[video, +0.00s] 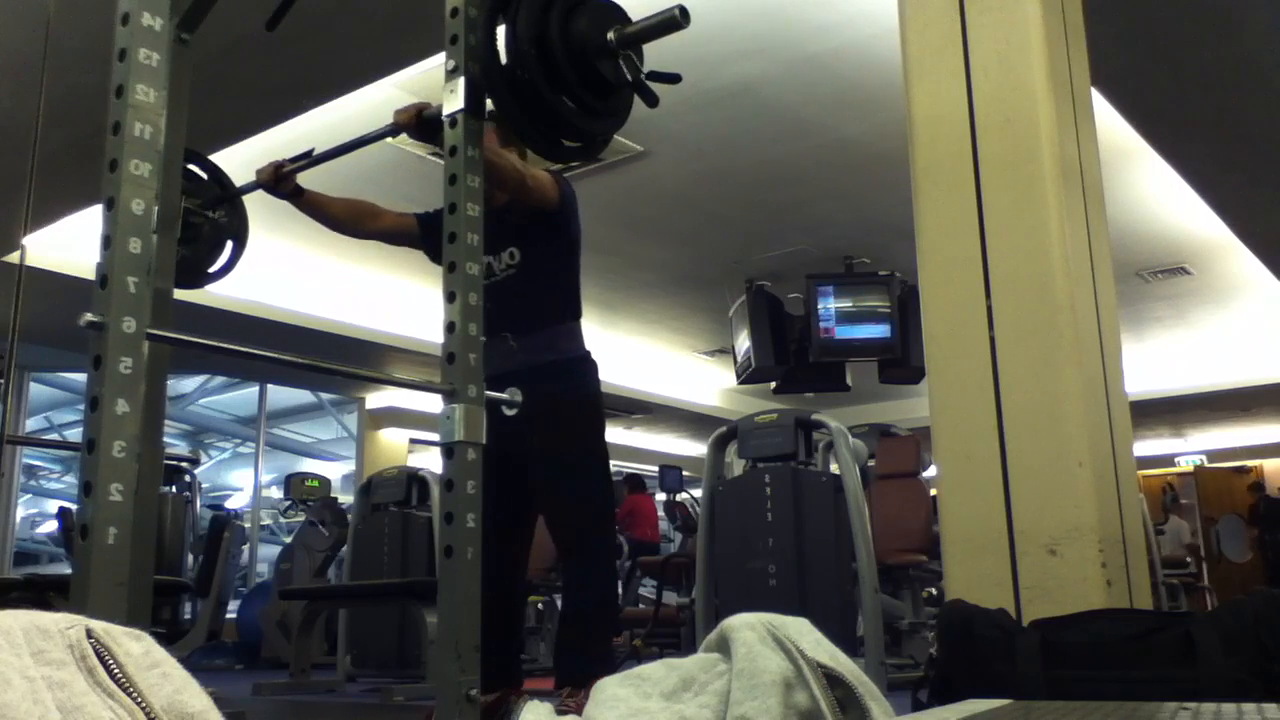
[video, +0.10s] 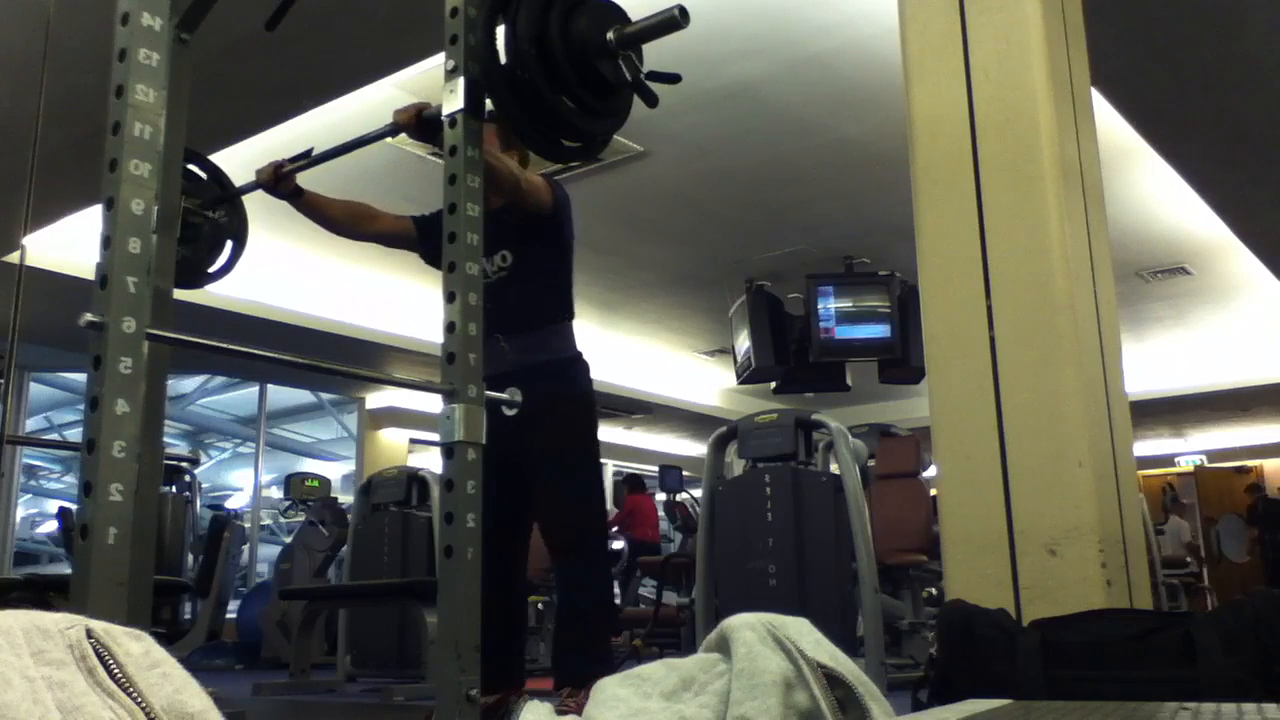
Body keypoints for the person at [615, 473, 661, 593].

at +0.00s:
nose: (625, 490)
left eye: (626, 487)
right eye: (625, 487)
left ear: (630, 487)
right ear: (643, 486)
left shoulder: (631, 500)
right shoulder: (649, 499)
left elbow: (620, 518)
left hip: (637, 543)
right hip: (654, 543)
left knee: (631, 576)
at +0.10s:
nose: (624, 491)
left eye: (625, 488)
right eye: (624, 488)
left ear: (629, 487)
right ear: (642, 486)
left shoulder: (632, 500)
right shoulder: (649, 500)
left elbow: (620, 518)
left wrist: (608, 525)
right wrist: (620, 530)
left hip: (637, 545)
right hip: (654, 545)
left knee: (626, 577)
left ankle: (627, 607)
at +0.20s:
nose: (624, 491)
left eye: (625, 488)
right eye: (624, 488)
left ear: (630, 487)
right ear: (642, 486)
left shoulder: (632, 500)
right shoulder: (650, 500)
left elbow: (618, 518)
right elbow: (635, 522)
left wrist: (600, 529)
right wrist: (618, 532)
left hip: (637, 545)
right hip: (654, 545)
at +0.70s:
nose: (626, 491)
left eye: (627, 488)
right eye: (626, 488)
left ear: (631, 487)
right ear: (644, 486)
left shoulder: (631, 500)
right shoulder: (650, 500)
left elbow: (617, 518)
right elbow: (636, 522)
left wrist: (601, 528)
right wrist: (618, 532)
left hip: (636, 545)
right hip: (654, 546)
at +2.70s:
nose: (623, 490)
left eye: (624, 487)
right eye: (624, 488)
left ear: (629, 487)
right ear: (642, 486)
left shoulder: (630, 500)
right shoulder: (649, 499)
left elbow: (615, 521)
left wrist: (600, 529)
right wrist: (619, 531)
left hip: (636, 546)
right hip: (654, 547)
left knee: (603, 552)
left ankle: (606, 589)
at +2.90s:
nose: (624, 491)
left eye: (625, 488)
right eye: (624, 488)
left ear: (629, 488)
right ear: (641, 486)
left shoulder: (631, 501)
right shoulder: (649, 500)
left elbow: (617, 519)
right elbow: (634, 523)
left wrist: (602, 529)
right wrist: (617, 532)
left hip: (637, 546)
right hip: (654, 546)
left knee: (609, 569)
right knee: (625, 572)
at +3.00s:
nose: (624, 491)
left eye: (625, 488)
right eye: (624, 488)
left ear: (629, 488)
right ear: (642, 487)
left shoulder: (630, 500)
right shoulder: (649, 500)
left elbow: (615, 519)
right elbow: (638, 522)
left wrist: (600, 530)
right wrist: (619, 531)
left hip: (637, 545)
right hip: (654, 545)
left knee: (614, 559)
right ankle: (633, 592)